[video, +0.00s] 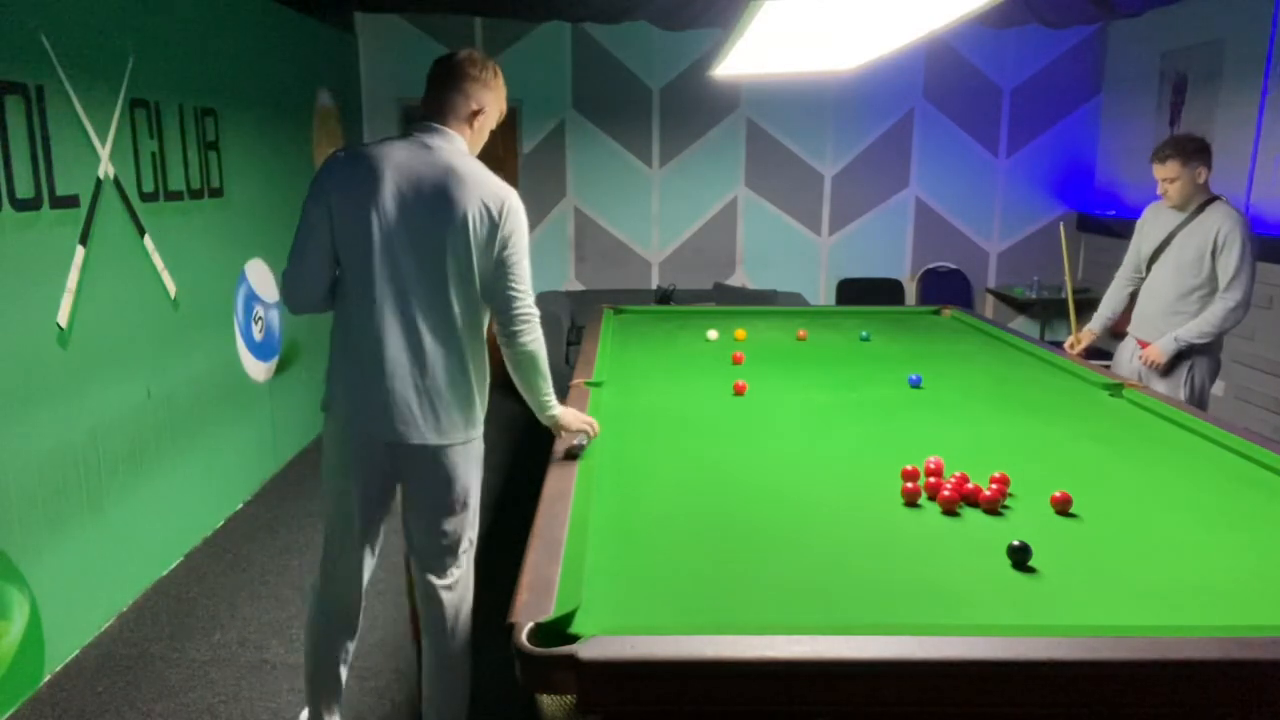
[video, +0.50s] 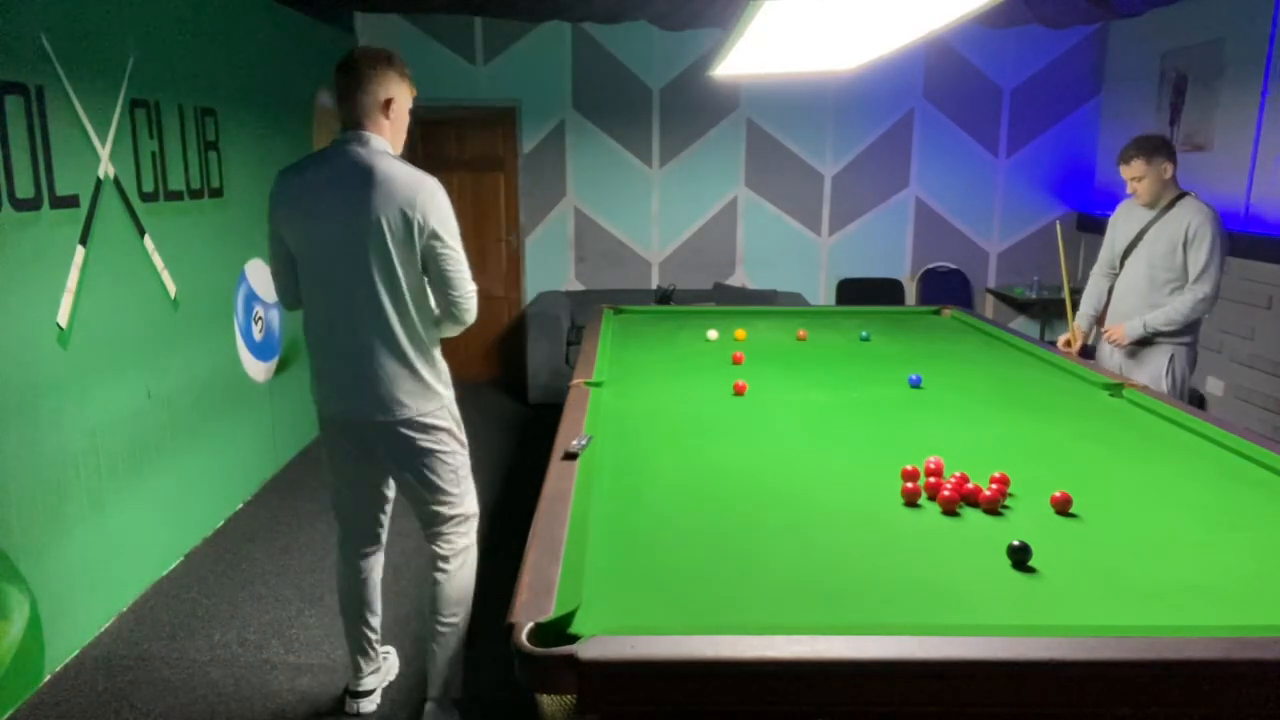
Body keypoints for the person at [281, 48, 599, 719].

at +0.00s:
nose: (494, 130)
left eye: (495, 120)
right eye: (495, 120)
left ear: (421, 104)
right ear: (482, 117)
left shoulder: (345, 170)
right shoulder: (496, 199)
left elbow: (301, 293)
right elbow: (518, 323)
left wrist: (361, 275)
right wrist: (551, 410)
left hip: (357, 411)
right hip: (449, 420)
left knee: (342, 567)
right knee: (446, 578)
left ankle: (319, 709)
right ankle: (445, 712)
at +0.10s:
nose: (486, 129)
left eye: (486, 119)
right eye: (487, 120)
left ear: (416, 106)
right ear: (473, 118)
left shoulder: (341, 175)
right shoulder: (489, 197)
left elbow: (303, 295)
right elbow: (516, 317)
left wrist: (364, 280)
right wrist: (529, 393)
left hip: (359, 408)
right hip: (447, 415)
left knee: (351, 555)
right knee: (445, 572)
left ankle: (338, 700)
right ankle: (443, 711)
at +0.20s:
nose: (472, 136)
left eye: (473, 125)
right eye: (473, 125)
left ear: (407, 110)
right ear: (459, 121)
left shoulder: (331, 183)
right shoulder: (477, 200)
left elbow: (297, 298)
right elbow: (512, 322)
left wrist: (367, 292)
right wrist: (494, 377)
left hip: (358, 406)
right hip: (440, 413)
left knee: (360, 547)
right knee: (441, 567)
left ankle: (358, 690)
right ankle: (441, 709)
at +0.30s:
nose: (446, 139)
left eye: (448, 128)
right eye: (448, 127)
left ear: (382, 114)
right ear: (431, 121)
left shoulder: (314, 191)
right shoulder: (448, 200)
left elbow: (295, 302)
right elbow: (487, 321)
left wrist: (360, 294)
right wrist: (444, 345)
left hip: (356, 406)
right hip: (433, 410)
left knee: (367, 543)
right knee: (438, 566)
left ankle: (367, 681)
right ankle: (440, 707)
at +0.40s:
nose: (425, 127)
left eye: (426, 117)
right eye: (426, 115)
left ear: (356, 110)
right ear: (409, 113)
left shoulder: (302, 187)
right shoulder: (431, 192)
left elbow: (291, 295)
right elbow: (468, 312)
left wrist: (353, 286)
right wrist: (426, 332)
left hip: (349, 399)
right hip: (424, 404)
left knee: (364, 545)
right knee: (444, 556)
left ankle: (366, 680)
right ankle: (443, 703)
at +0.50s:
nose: (408, 122)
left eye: (406, 111)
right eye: (406, 110)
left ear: (340, 108)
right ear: (393, 110)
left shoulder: (292, 185)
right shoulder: (417, 189)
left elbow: (287, 291)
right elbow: (460, 306)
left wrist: (348, 283)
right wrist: (419, 325)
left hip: (341, 399)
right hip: (416, 399)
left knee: (359, 539)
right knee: (453, 536)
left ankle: (367, 675)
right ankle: (442, 700)